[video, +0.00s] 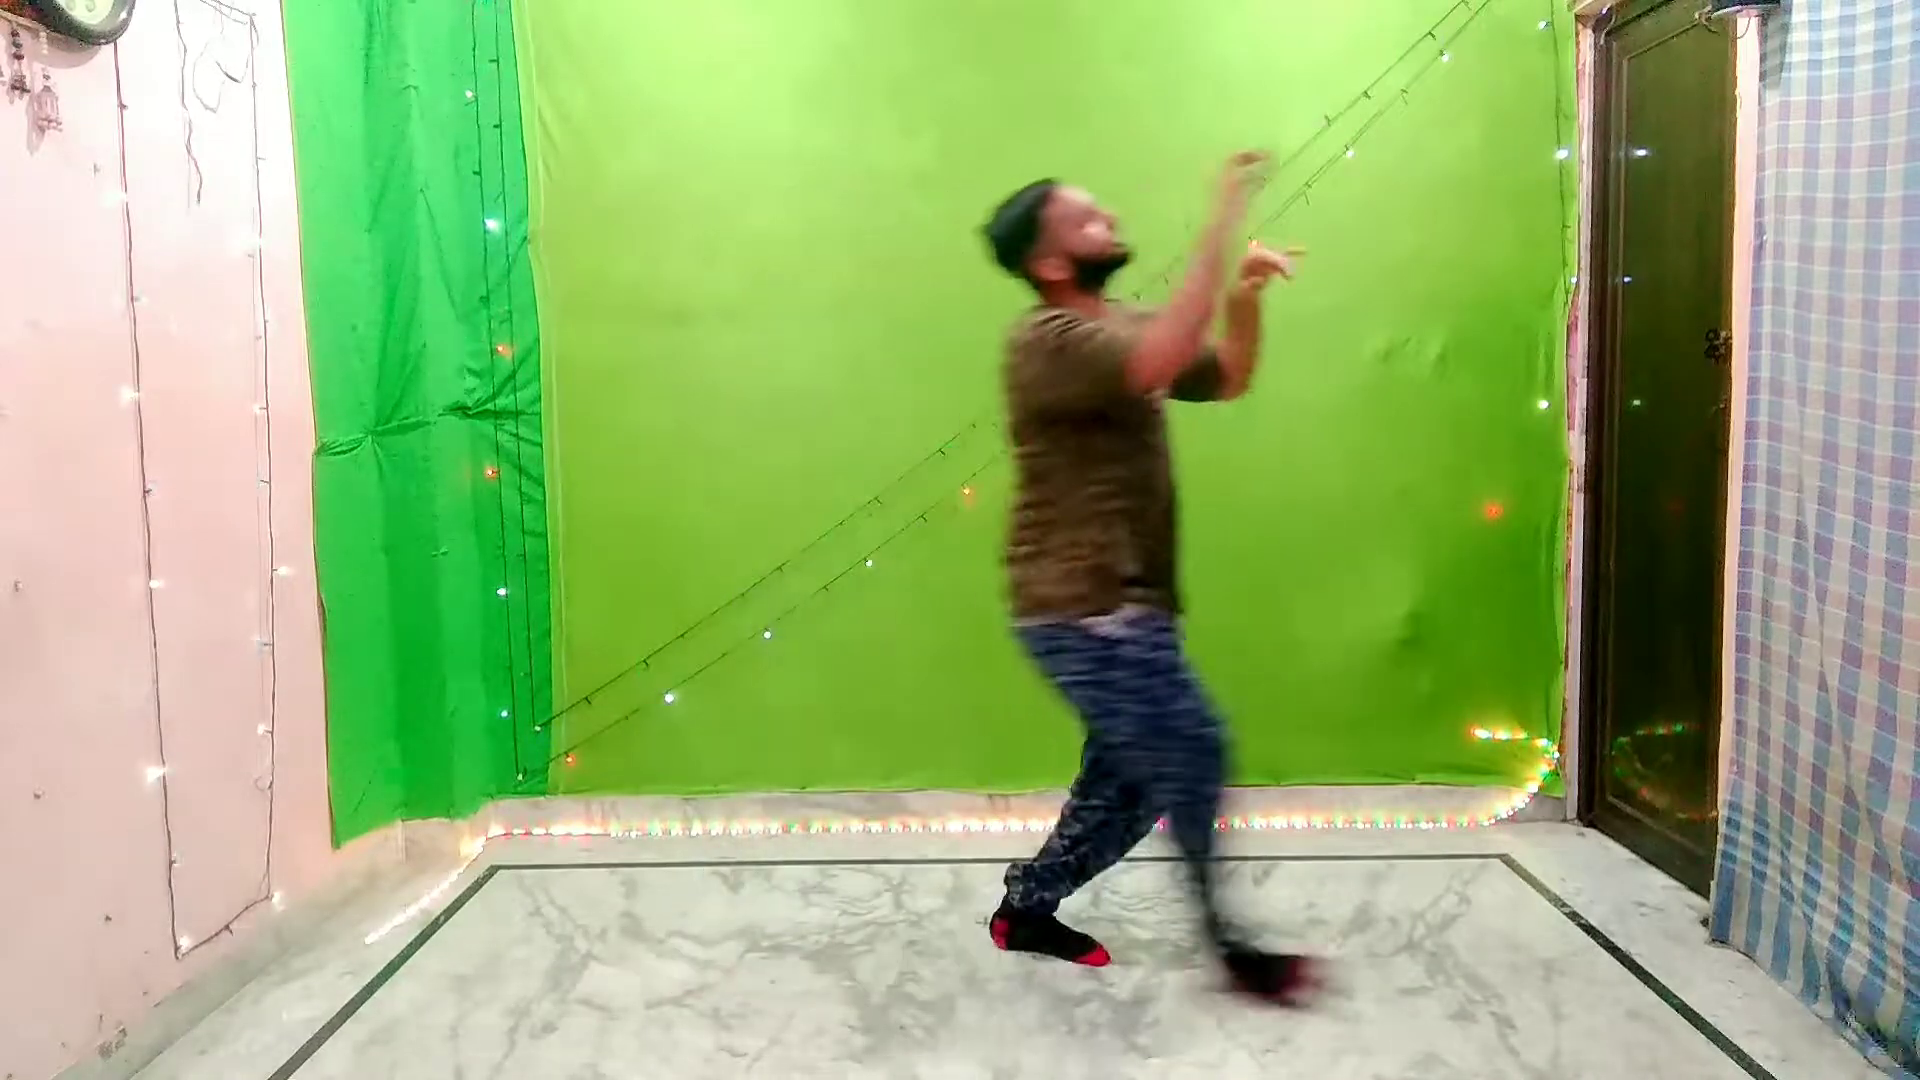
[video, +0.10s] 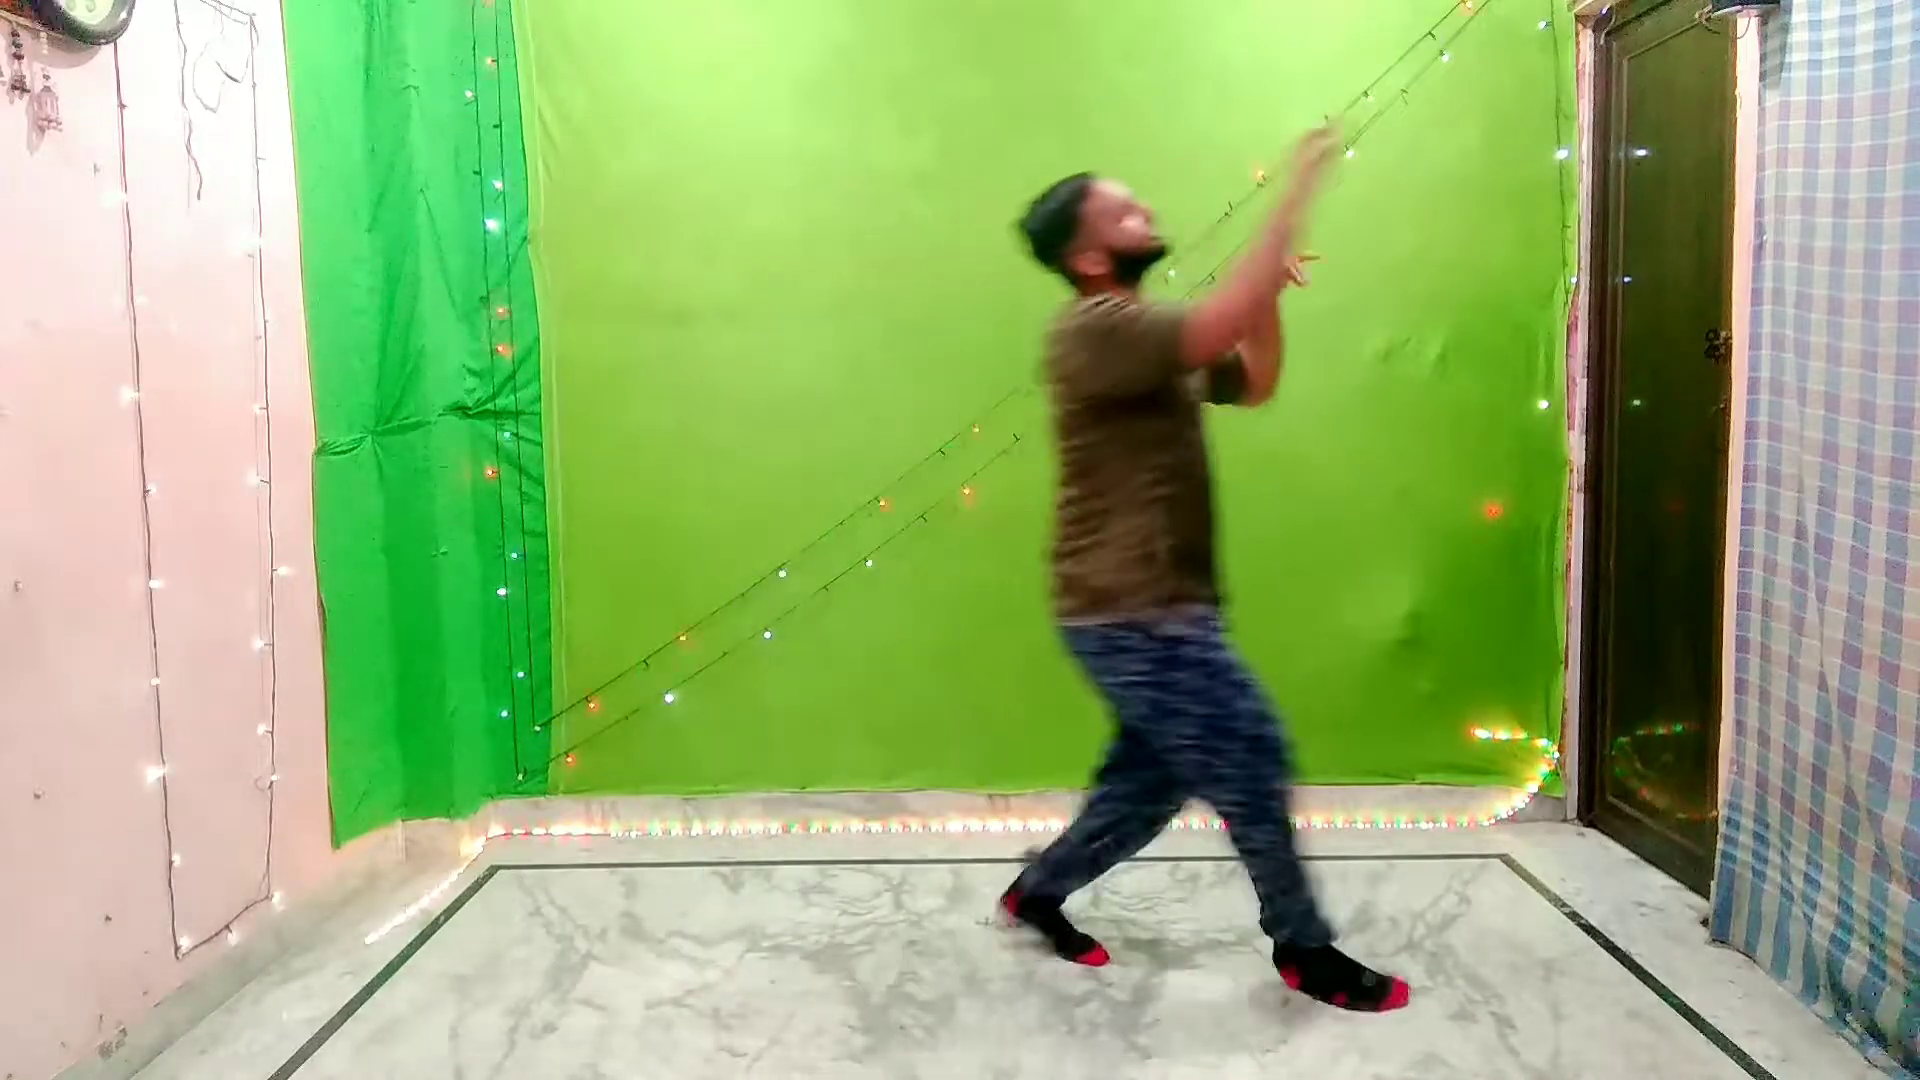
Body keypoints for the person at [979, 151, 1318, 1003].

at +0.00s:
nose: (1105, 219)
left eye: (1095, 208)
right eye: (1083, 216)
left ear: (1064, 258)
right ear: (1048, 260)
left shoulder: (1122, 326)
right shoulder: (1049, 341)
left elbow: (1225, 377)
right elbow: (1158, 358)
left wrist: (1245, 296)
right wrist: (1222, 224)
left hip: (1130, 604)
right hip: (1080, 610)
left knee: (1133, 774)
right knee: (1190, 745)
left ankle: (1030, 908)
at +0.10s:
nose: (1142, 209)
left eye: (1131, 198)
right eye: (1120, 206)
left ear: (1101, 247)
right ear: (1086, 248)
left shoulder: (1138, 329)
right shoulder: (1093, 332)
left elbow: (1250, 381)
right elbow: (1216, 326)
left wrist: (1265, 292)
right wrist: (1297, 193)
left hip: (1163, 606)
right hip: (1131, 611)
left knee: (1156, 773)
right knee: (1246, 750)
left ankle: (1038, 895)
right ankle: (1304, 948)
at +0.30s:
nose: (1229, 201)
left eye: (1215, 190)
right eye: (1208, 197)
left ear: (1173, 243)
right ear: (1174, 236)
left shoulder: (1210, 309)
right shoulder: (1197, 297)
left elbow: (1308, 410)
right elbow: (1345, 206)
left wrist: (1298, 300)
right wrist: (1477, 107)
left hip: (1258, 589)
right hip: (1215, 603)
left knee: (1364, 703)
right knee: (1332, 755)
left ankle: (1276, 858)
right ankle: (1310, 950)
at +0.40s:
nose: (1252, 193)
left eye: (1238, 183)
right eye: (1230, 190)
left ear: (1194, 235)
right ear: (1193, 230)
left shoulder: (1235, 306)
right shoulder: (1211, 294)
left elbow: (1329, 398)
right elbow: (1365, 201)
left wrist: (1326, 290)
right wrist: (1498, 101)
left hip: (1294, 584)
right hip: (1236, 597)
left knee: (1402, 700)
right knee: (1339, 755)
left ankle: (1396, 891)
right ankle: (1312, 952)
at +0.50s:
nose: (1272, 194)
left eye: (1260, 184)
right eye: (1252, 188)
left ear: (1216, 231)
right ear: (1214, 228)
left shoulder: (1255, 312)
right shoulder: (1215, 300)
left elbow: (1354, 399)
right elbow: (1368, 245)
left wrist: (1370, 286)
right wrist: (1481, 129)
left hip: (1351, 573)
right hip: (1287, 590)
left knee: (1438, 721)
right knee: (1365, 754)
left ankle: (1478, 896)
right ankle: (1313, 951)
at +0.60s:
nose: (1282, 193)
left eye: (1270, 183)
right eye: (1263, 188)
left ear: (1230, 230)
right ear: (1229, 225)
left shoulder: (1276, 319)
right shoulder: (1223, 310)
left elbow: (1378, 398)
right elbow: (1366, 295)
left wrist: (1407, 283)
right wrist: (1446, 180)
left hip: (1372, 580)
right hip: (1307, 593)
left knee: (1458, 724)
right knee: (1387, 749)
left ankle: (1474, 905)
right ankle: (1314, 950)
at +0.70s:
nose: (1296, 200)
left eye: (1282, 191)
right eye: (1276, 198)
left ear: (1252, 243)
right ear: (1246, 243)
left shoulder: (1304, 321)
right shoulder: (1241, 321)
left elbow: (1404, 372)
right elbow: (1373, 302)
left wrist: (1462, 278)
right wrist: (1478, 186)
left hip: (1405, 584)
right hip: (1339, 600)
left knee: (1466, 739)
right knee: (1405, 764)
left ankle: (1470, 913)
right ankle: (1314, 950)